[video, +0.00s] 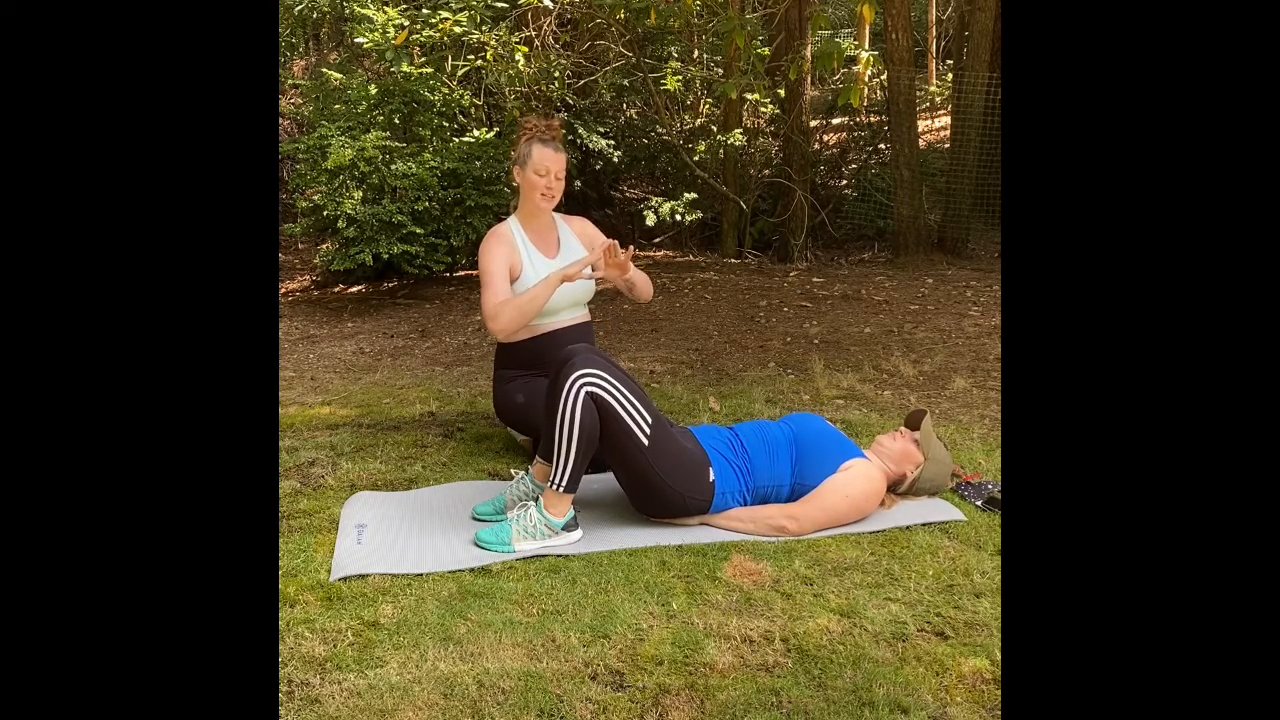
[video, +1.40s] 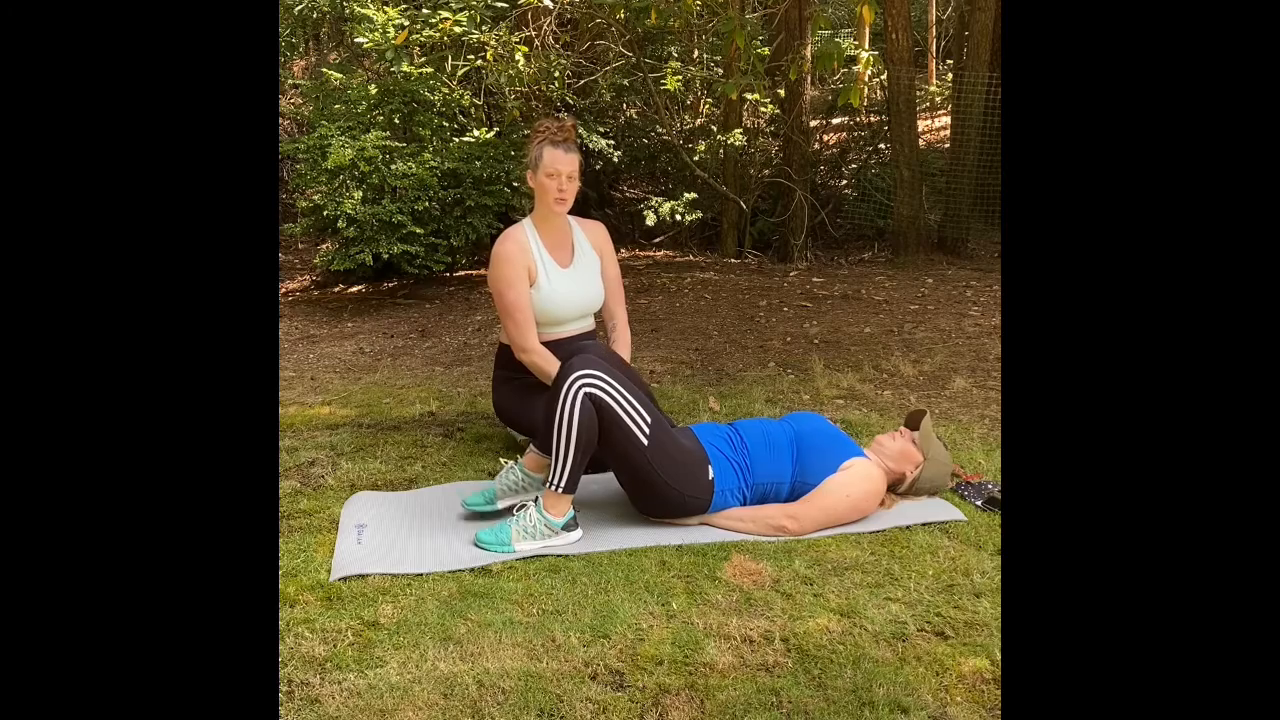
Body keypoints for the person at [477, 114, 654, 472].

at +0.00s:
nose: (552, 186)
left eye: (560, 177)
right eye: (542, 175)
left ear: (566, 179)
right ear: (517, 174)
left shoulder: (580, 229)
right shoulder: (499, 243)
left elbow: (645, 295)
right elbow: (499, 324)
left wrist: (627, 276)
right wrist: (558, 277)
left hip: (584, 364)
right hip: (523, 377)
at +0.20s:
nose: (549, 181)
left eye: (558, 173)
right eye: (539, 171)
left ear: (565, 179)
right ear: (518, 174)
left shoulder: (583, 231)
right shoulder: (502, 242)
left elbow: (626, 289)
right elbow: (491, 336)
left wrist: (629, 302)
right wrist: (564, 320)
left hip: (581, 368)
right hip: (521, 381)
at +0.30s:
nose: (551, 181)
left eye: (559, 172)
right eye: (540, 170)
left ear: (566, 178)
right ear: (519, 175)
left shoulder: (584, 232)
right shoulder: (503, 243)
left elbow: (620, 299)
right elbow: (491, 342)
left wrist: (625, 337)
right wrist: (569, 355)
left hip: (586, 367)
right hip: (523, 377)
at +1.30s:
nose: (563, 187)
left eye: (571, 177)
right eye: (553, 176)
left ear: (579, 181)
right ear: (531, 179)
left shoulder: (594, 234)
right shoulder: (511, 248)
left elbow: (617, 323)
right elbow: (526, 348)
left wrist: (616, 384)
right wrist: (590, 396)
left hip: (586, 367)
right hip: (526, 378)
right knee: (605, 441)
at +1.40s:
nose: (563, 186)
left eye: (571, 177)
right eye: (552, 176)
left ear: (579, 180)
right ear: (531, 179)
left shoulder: (595, 234)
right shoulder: (512, 247)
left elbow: (618, 324)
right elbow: (526, 349)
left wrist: (617, 384)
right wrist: (589, 396)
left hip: (589, 371)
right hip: (524, 380)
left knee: (584, 350)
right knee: (607, 444)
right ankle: (533, 465)